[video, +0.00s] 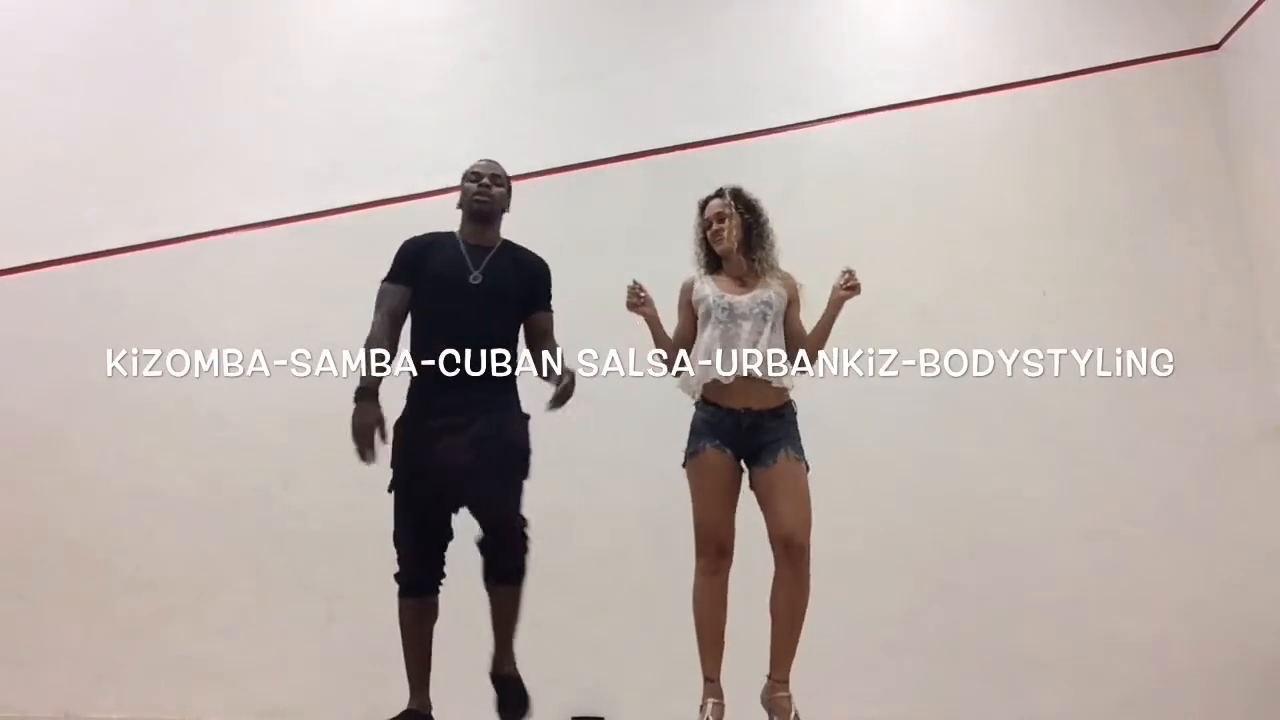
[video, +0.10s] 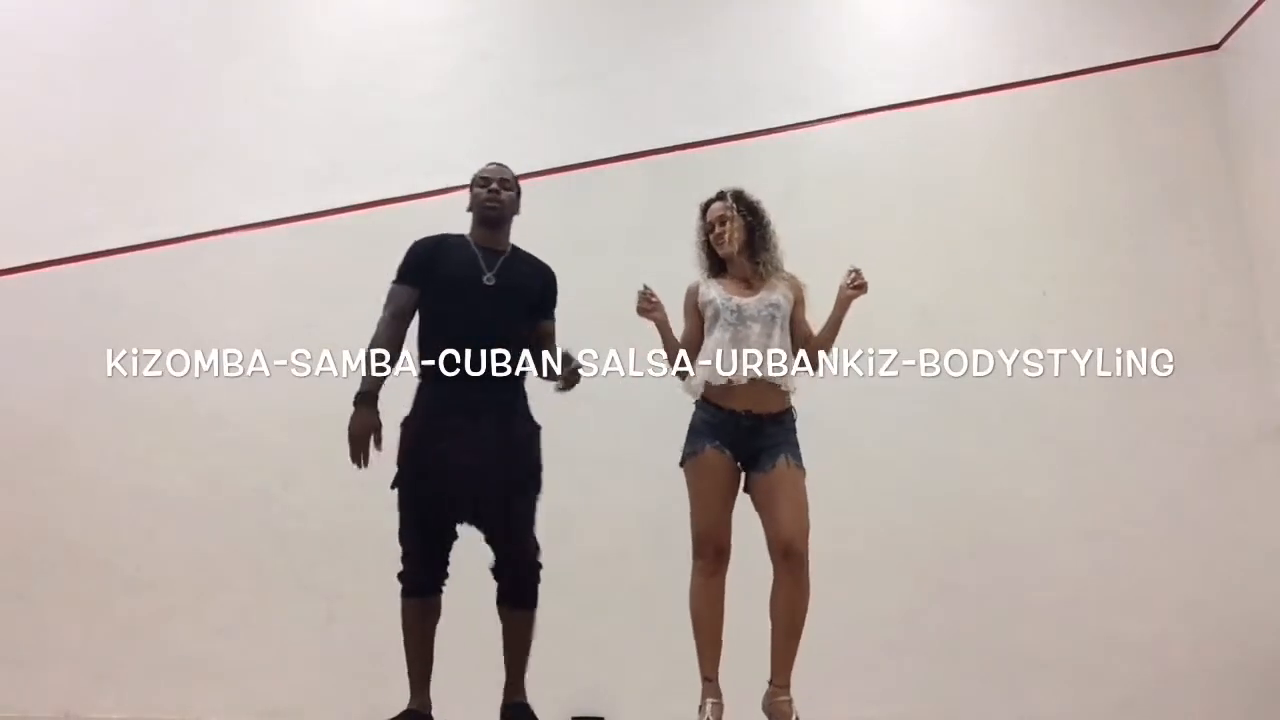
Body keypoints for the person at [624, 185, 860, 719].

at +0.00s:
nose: (718, 226)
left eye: (726, 217)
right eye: (711, 222)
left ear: (748, 222)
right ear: (705, 235)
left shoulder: (782, 284)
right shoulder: (696, 288)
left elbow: (803, 356)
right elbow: (675, 358)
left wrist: (834, 305)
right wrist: (651, 318)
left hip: (775, 427)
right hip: (714, 426)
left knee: (795, 546)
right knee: (714, 554)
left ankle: (779, 686)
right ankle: (711, 692)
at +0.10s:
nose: (720, 229)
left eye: (727, 220)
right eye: (712, 226)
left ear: (750, 224)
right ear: (707, 239)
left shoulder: (786, 285)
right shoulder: (701, 292)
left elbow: (812, 354)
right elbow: (684, 366)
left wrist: (843, 303)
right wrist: (662, 323)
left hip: (775, 431)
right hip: (713, 427)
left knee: (792, 553)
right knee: (711, 553)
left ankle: (780, 692)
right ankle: (710, 691)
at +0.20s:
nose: (724, 232)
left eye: (731, 222)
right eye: (717, 228)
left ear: (755, 225)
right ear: (712, 241)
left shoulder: (792, 286)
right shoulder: (708, 294)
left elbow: (819, 353)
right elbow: (694, 367)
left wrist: (850, 304)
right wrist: (671, 328)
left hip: (777, 433)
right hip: (715, 428)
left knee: (793, 555)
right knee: (710, 554)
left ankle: (790, 693)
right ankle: (708, 690)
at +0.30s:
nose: (729, 233)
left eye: (736, 223)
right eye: (721, 229)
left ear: (759, 226)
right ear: (716, 242)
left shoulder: (798, 287)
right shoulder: (713, 296)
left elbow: (826, 354)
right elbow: (703, 372)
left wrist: (855, 303)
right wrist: (680, 335)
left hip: (782, 433)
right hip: (720, 428)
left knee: (796, 555)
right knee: (715, 554)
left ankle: (792, 697)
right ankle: (711, 691)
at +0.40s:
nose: (732, 232)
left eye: (739, 222)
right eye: (724, 228)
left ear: (763, 225)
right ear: (720, 240)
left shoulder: (802, 286)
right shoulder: (718, 295)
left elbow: (831, 356)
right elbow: (708, 375)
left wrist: (857, 304)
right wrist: (686, 348)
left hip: (789, 430)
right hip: (727, 429)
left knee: (797, 553)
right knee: (722, 552)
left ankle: (792, 695)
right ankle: (720, 687)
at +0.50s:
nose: (735, 231)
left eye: (743, 221)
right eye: (727, 227)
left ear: (766, 224)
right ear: (723, 239)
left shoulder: (806, 286)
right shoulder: (719, 295)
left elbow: (831, 356)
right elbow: (707, 369)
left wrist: (854, 304)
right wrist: (691, 372)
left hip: (792, 429)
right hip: (730, 430)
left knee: (796, 554)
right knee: (730, 549)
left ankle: (794, 695)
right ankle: (747, 690)